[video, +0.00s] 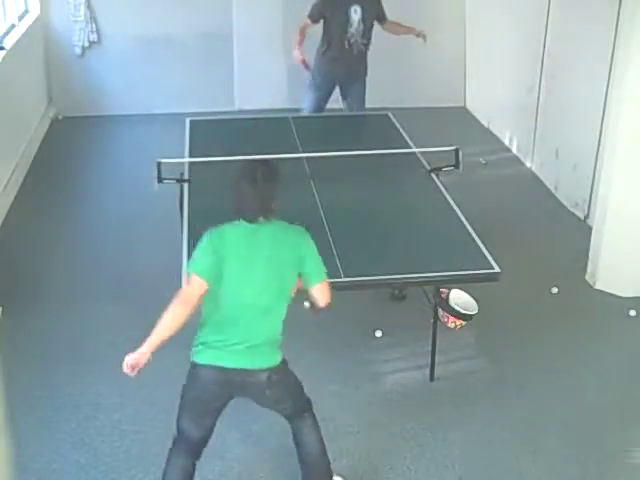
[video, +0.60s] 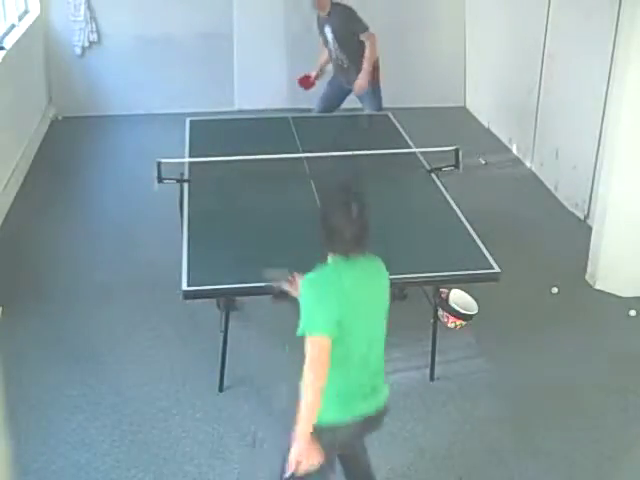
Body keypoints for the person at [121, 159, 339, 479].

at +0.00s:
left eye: (242, 189)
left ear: (238, 193)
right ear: (273, 194)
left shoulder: (216, 238)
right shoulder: (297, 238)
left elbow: (188, 300)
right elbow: (322, 299)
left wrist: (145, 349)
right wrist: (300, 285)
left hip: (210, 372)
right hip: (266, 372)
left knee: (186, 448)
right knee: (301, 417)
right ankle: (322, 475)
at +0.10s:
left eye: (259, 183)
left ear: (259, 187)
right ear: (294, 186)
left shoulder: (247, 233)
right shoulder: (317, 226)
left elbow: (225, 299)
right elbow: (326, 277)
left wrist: (175, 344)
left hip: (242, 364)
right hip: (292, 362)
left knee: (203, 438)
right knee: (304, 420)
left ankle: (183, 473)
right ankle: (324, 475)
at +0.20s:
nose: (274, 180)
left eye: (277, 174)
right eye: (279, 174)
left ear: (282, 179)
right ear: (319, 178)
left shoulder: (276, 227)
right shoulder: (333, 216)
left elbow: (261, 294)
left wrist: (223, 340)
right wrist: (267, 232)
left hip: (270, 359)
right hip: (315, 355)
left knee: (228, 436)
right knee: (310, 418)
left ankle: (200, 474)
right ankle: (325, 474)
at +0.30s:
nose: (297, 166)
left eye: (299, 160)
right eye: (302, 160)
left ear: (302, 166)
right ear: (338, 166)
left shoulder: (296, 214)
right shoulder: (347, 206)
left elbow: (290, 283)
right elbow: (318, 225)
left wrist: (278, 347)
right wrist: (280, 216)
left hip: (288, 349)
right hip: (332, 347)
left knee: (246, 433)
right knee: (323, 416)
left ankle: (227, 475)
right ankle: (332, 474)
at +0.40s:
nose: (309, 166)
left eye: (311, 161)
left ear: (313, 167)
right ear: (352, 168)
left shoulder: (308, 216)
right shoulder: (359, 209)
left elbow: (309, 290)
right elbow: (322, 236)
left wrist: (313, 358)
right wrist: (275, 223)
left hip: (302, 353)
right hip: (347, 349)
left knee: (260, 439)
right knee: (336, 413)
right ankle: (347, 473)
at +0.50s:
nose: (310, 194)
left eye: (314, 187)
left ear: (318, 194)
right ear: (359, 192)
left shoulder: (321, 249)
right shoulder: (371, 236)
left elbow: (322, 327)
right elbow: (335, 275)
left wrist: (321, 399)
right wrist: (284, 251)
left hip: (316, 385)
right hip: (360, 378)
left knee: (271, 465)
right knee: (349, 434)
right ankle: (368, 474)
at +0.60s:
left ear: (324, 228)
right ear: (363, 226)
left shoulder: (319, 283)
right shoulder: (377, 270)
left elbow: (316, 370)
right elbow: (355, 311)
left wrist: (303, 437)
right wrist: (308, 294)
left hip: (332, 416)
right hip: (373, 404)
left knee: (307, 468)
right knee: (352, 451)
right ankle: (363, 475)